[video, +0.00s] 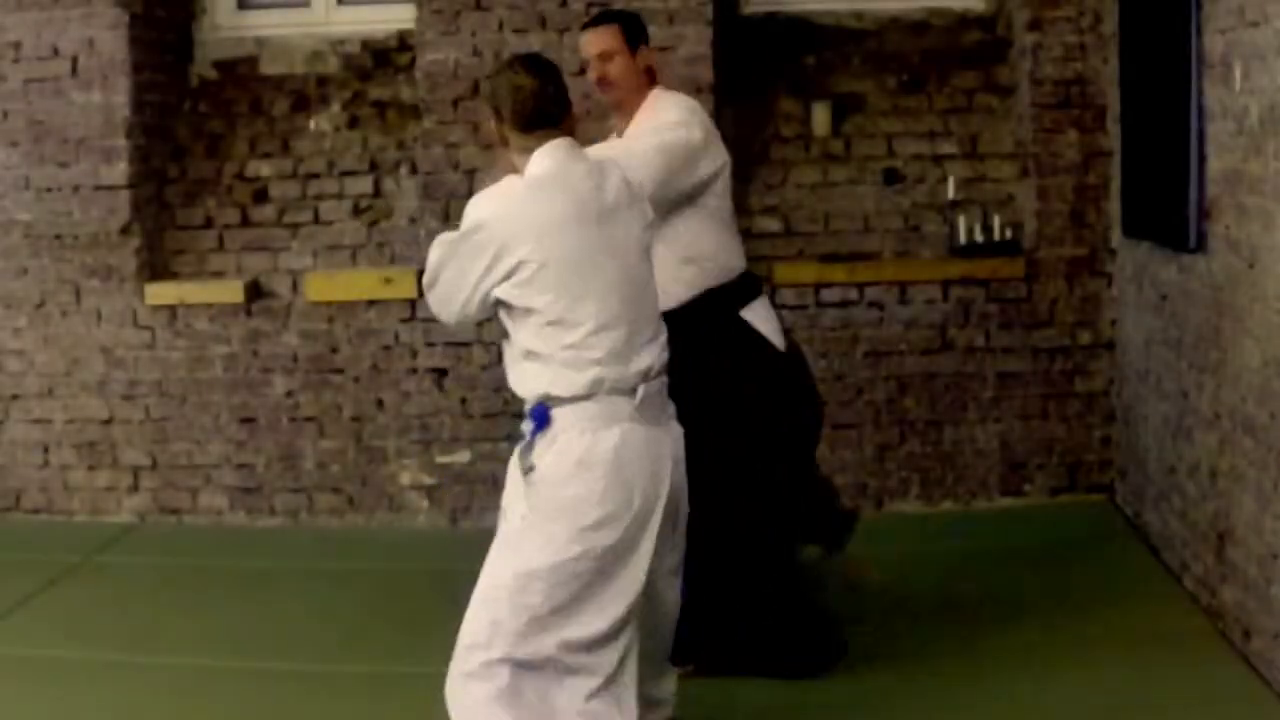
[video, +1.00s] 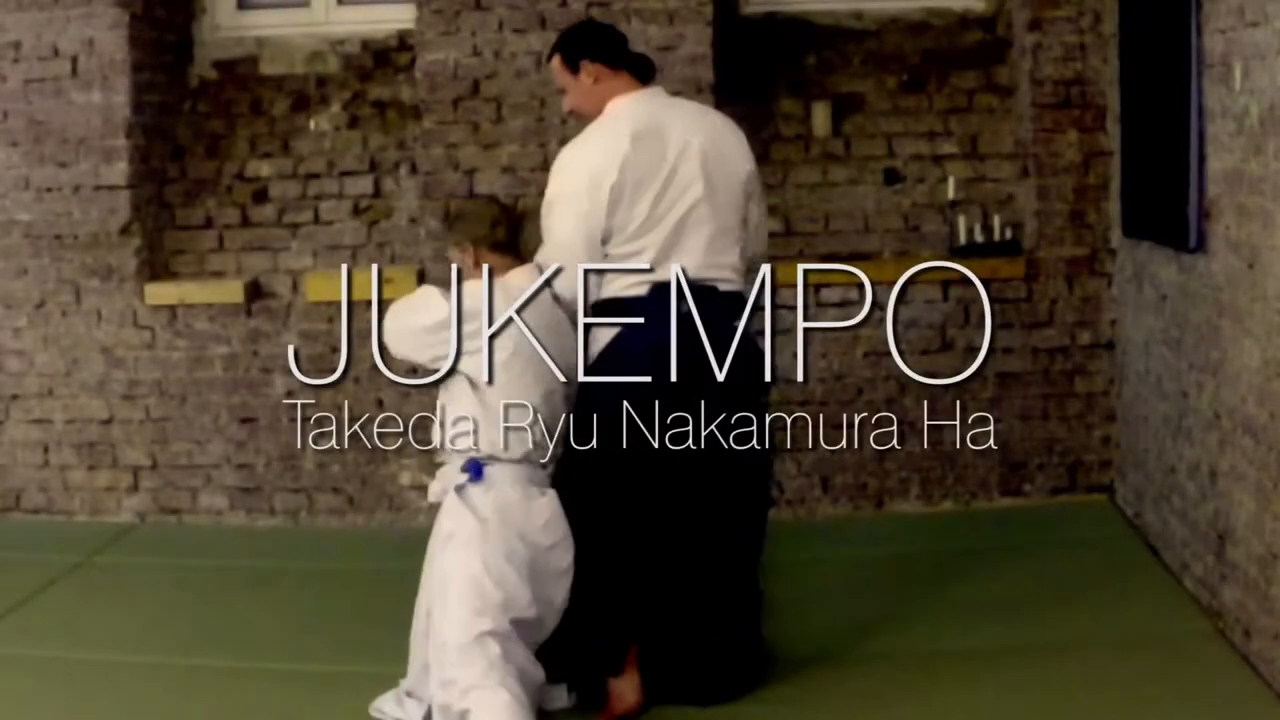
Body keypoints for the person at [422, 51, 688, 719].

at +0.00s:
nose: (482, 128)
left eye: (483, 117)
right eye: (486, 116)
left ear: (494, 126)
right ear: (569, 114)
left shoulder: (504, 210)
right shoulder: (618, 182)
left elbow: (449, 299)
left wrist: (459, 234)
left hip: (579, 453)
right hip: (658, 441)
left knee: (486, 670)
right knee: (611, 663)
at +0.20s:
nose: (481, 136)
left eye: (481, 124)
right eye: (484, 124)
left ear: (492, 128)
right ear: (561, 116)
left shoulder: (517, 199)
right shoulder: (614, 191)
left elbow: (438, 286)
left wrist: (488, 204)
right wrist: (502, 304)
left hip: (592, 444)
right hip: (655, 432)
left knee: (516, 642)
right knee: (593, 636)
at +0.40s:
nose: (530, 185)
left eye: (533, 173)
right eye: (530, 173)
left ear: (553, 176)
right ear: (609, 171)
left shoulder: (551, 264)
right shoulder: (647, 265)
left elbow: (437, 270)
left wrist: (498, 233)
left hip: (525, 505)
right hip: (585, 497)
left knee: (470, 688)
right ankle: (603, 698)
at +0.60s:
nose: (543, 235)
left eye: (548, 225)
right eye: (547, 224)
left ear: (566, 238)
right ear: (617, 238)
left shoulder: (544, 316)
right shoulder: (634, 311)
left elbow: (454, 274)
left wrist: (528, 263)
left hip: (490, 521)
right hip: (556, 516)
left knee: (445, 680)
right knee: (495, 668)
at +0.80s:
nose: (499, 277)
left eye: (501, 268)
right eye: (499, 267)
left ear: (515, 274)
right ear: (568, 272)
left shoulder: (505, 341)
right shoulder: (596, 336)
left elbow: (426, 322)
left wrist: (492, 298)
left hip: (481, 537)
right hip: (548, 533)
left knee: (459, 680)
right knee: (511, 675)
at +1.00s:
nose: (457, 261)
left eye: (459, 251)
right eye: (457, 252)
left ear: (475, 252)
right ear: (521, 243)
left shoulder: (486, 305)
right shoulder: (559, 313)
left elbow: (401, 327)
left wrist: (458, 287)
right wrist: (484, 286)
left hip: (482, 510)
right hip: (539, 504)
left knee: (472, 666)